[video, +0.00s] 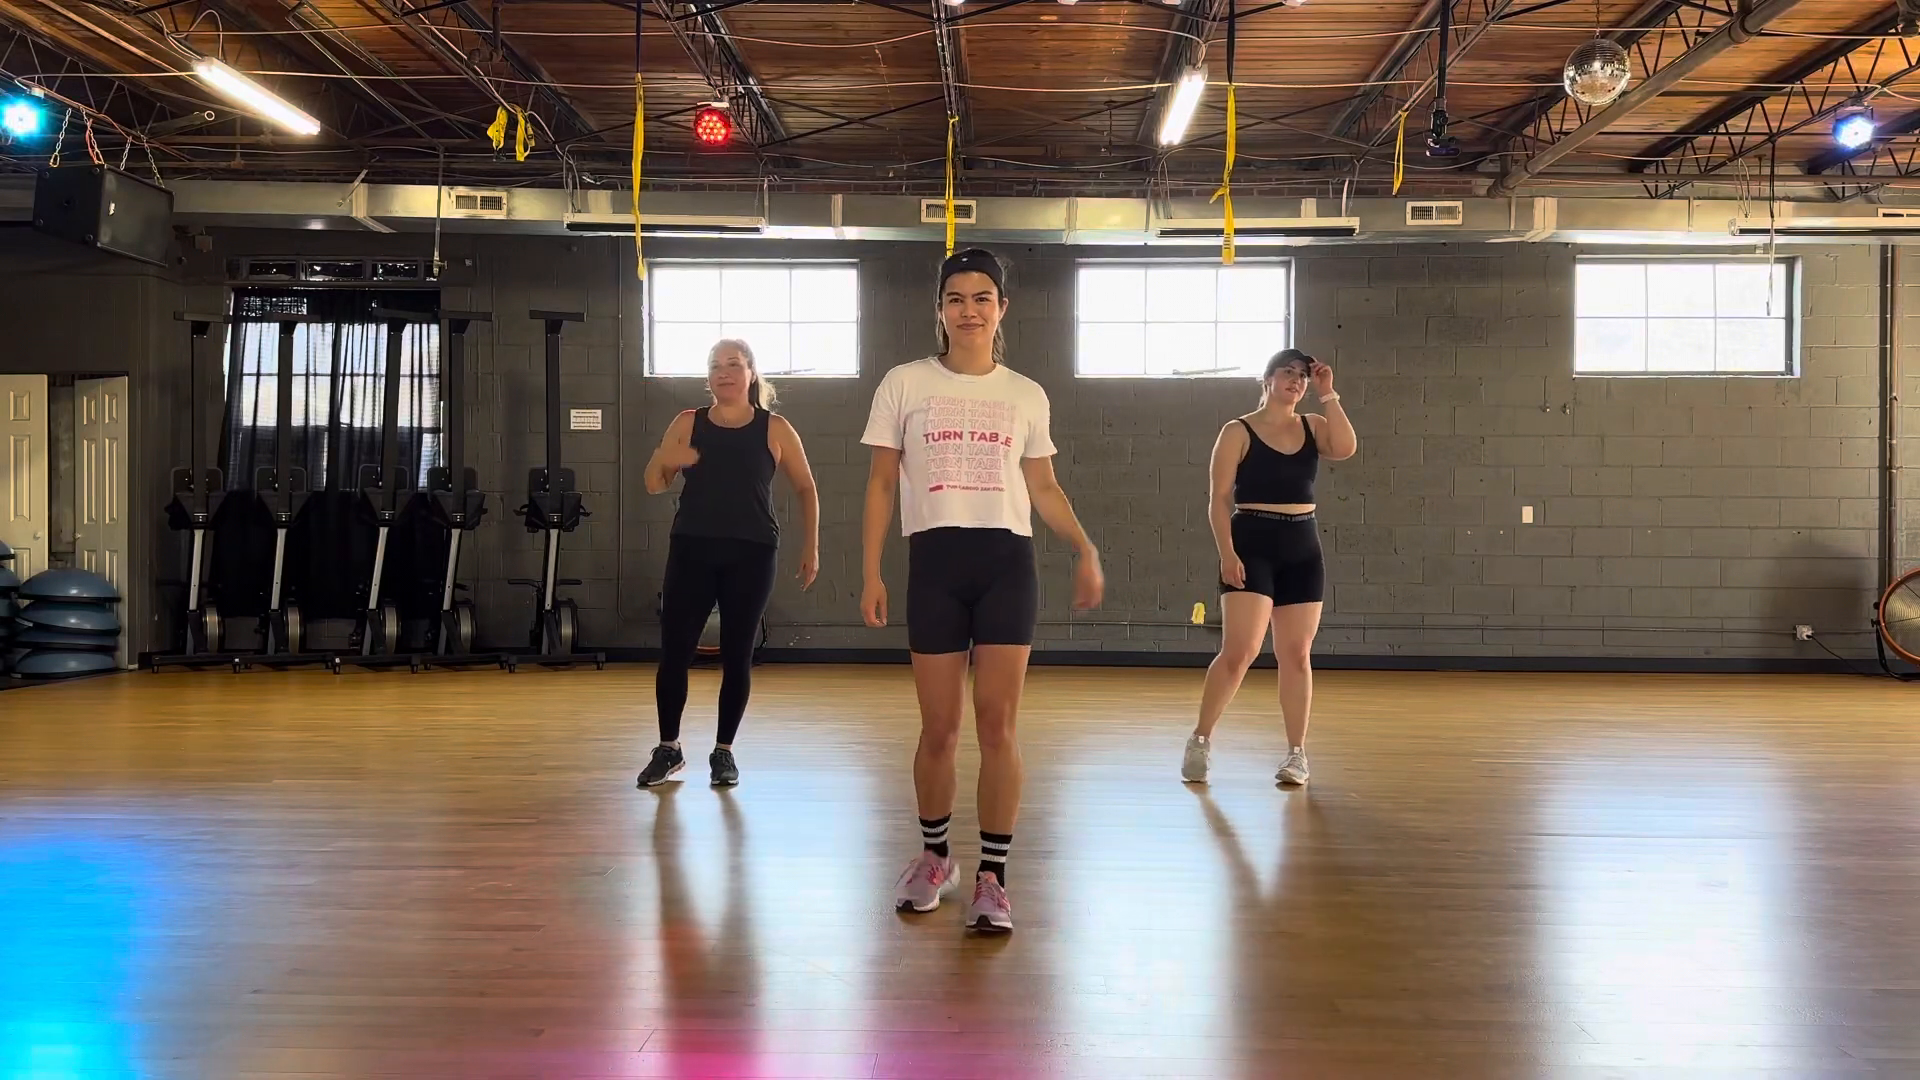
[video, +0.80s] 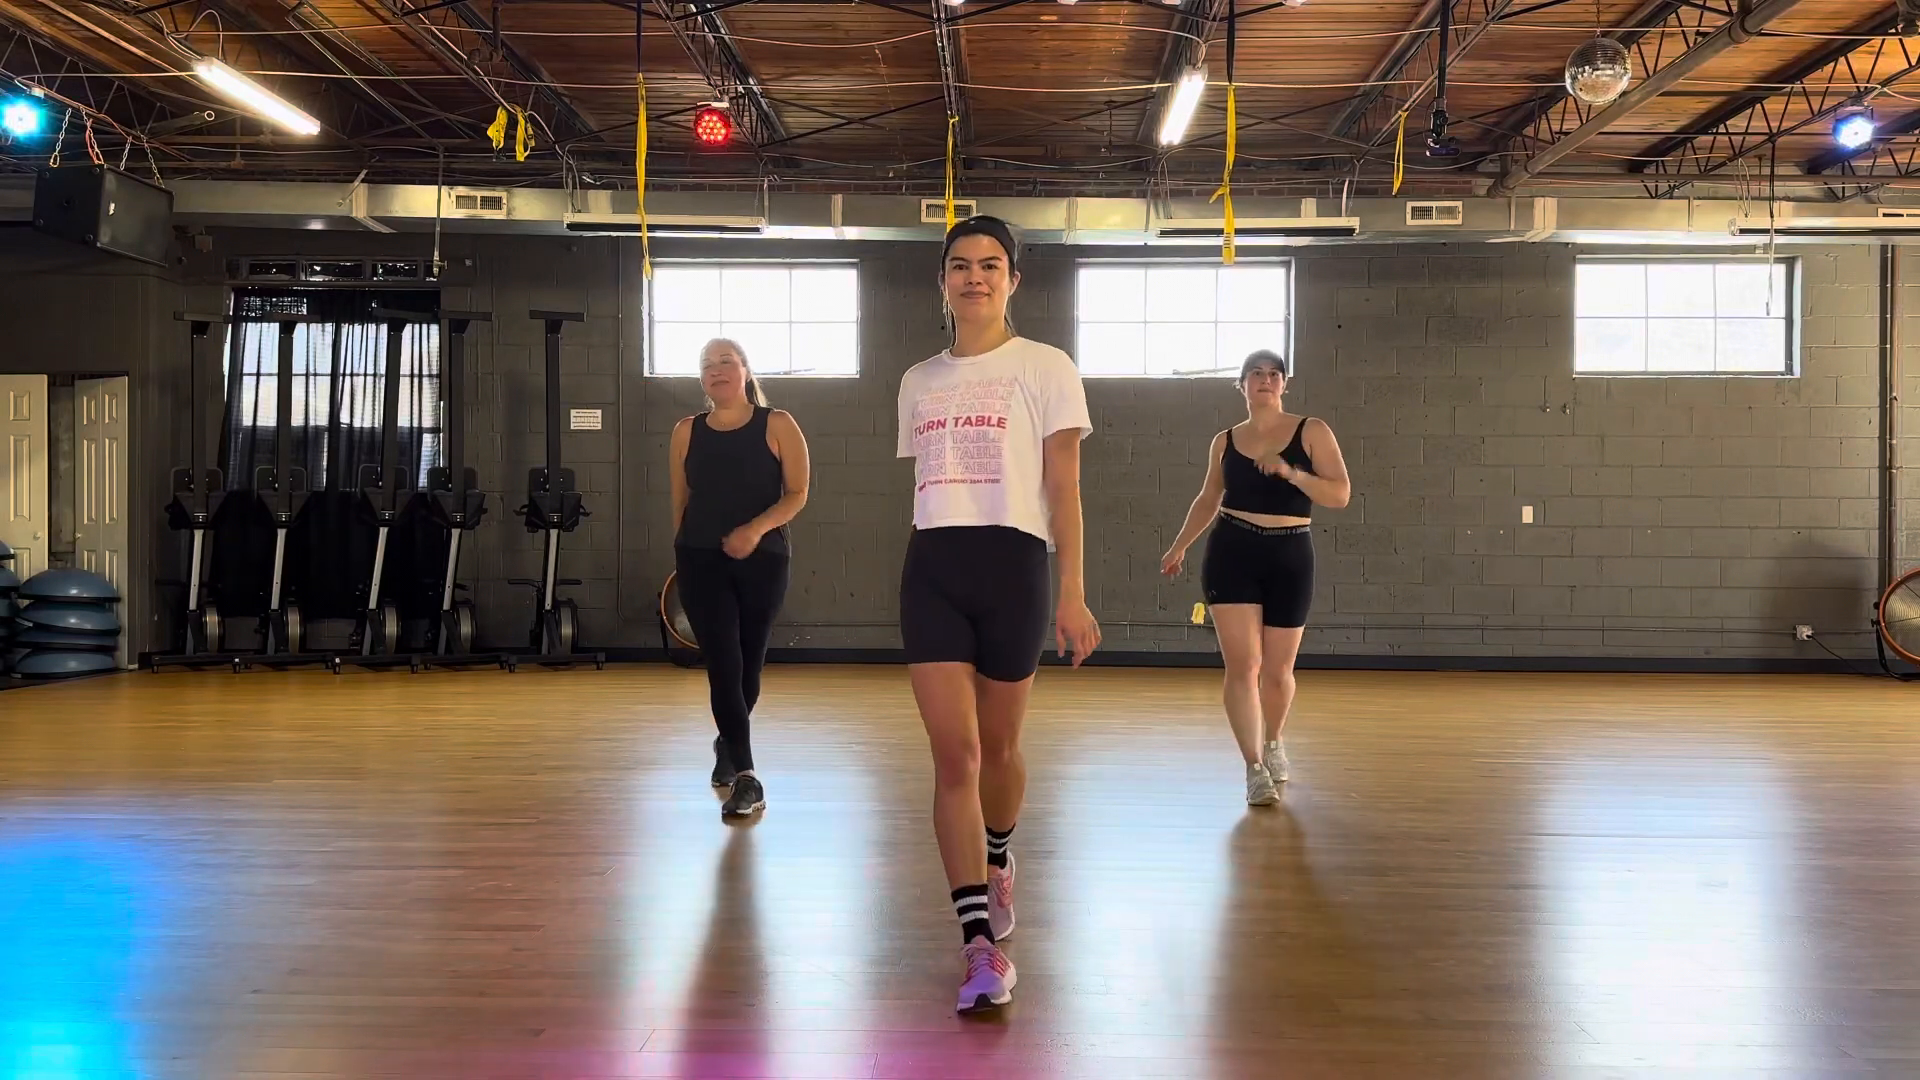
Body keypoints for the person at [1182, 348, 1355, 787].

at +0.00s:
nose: (1294, 380)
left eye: (1301, 376)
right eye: (1286, 372)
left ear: (1305, 389)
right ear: (1267, 380)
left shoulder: (1311, 426)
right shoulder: (1238, 431)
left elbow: (1345, 447)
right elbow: (1220, 498)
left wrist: (1328, 394)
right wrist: (1227, 554)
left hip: (1303, 548)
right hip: (1251, 545)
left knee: (1297, 654)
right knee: (1239, 652)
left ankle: (1296, 753)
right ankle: (1200, 740)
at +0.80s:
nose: (1266, 379)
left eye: (1273, 373)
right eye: (1257, 374)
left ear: (1285, 384)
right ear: (1242, 386)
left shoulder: (1311, 431)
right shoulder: (1225, 441)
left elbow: (1340, 494)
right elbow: (1208, 499)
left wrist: (1293, 473)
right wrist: (1180, 545)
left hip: (1290, 557)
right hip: (1231, 554)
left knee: (1277, 671)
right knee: (1242, 667)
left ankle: (1272, 742)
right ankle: (1254, 768)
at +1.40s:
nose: (1267, 368)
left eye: (1275, 361)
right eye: (1258, 360)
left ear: (1285, 372)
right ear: (1241, 370)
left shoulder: (1309, 424)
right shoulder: (1209, 428)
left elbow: (1330, 491)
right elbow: (1191, 503)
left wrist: (1336, 553)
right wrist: (1201, 556)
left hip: (1293, 555)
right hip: (1228, 556)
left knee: (1270, 668)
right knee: (1246, 677)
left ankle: (1253, 775)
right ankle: (1263, 778)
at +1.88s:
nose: (1276, 344)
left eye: (1286, 337)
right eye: (1265, 336)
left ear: (1298, 354)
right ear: (1246, 351)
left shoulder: (1319, 427)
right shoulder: (1212, 413)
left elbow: (1336, 508)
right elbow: (1177, 490)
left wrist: (1389, 545)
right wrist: (1130, 538)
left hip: (1297, 562)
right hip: (1226, 557)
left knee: (1273, 694)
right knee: (1230, 694)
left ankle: (1251, 812)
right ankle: (1209, 768)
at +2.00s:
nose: (1275, 342)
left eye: (1285, 336)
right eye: (1265, 334)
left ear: (1298, 353)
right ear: (1247, 349)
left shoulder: (1317, 420)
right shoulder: (1210, 408)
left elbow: (1364, 476)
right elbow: (1154, 465)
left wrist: (1406, 417)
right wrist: (1094, 416)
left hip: (1298, 548)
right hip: (1227, 546)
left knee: (1278, 691)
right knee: (1267, 653)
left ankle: (1251, 811)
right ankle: (1224, 746)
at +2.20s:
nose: (1265, 335)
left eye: (1275, 328)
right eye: (1255, 327)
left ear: (1288, 341)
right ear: (1237, 339)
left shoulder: (1314, 392)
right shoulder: (1211, 392)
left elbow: (1402, 391)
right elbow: (1130, 381)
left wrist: (1343, 368)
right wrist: (1173, 385)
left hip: (1304, 543)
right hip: (1232, 544)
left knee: (1277, 681)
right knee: (1286, 639)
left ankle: (1253, 809)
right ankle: (1295, 787)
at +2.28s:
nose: (1263, 338)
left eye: (1273, 330)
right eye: (1252, 330)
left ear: (1287, 339)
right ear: (1236, 339)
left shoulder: (1312, 373)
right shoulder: (1214, 390)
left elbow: (1398, 384)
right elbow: (1133, 387)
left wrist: (1346, 412)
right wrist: (1188, 425)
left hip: (1311, 539)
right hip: (1242, 541)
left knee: (1281, 689)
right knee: (1283, 683)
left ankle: (1251, 808)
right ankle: (1299, 828)